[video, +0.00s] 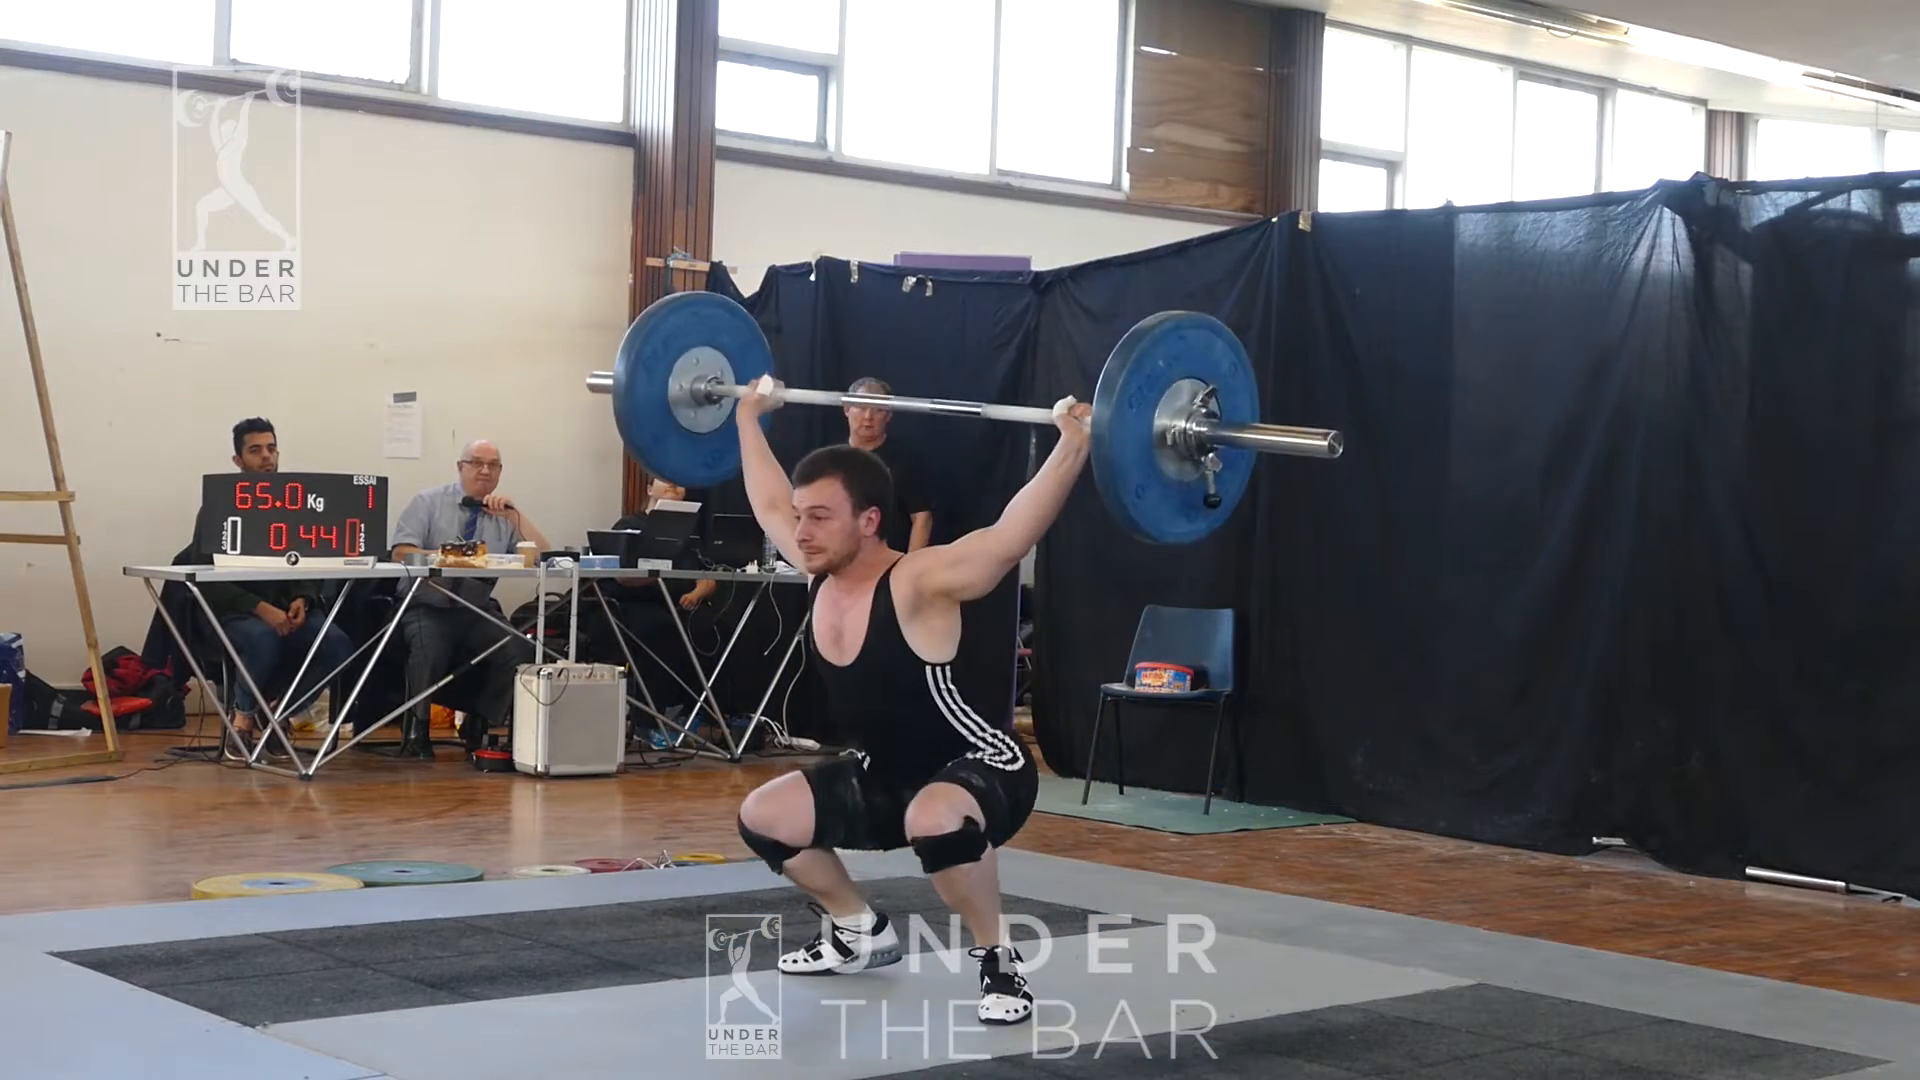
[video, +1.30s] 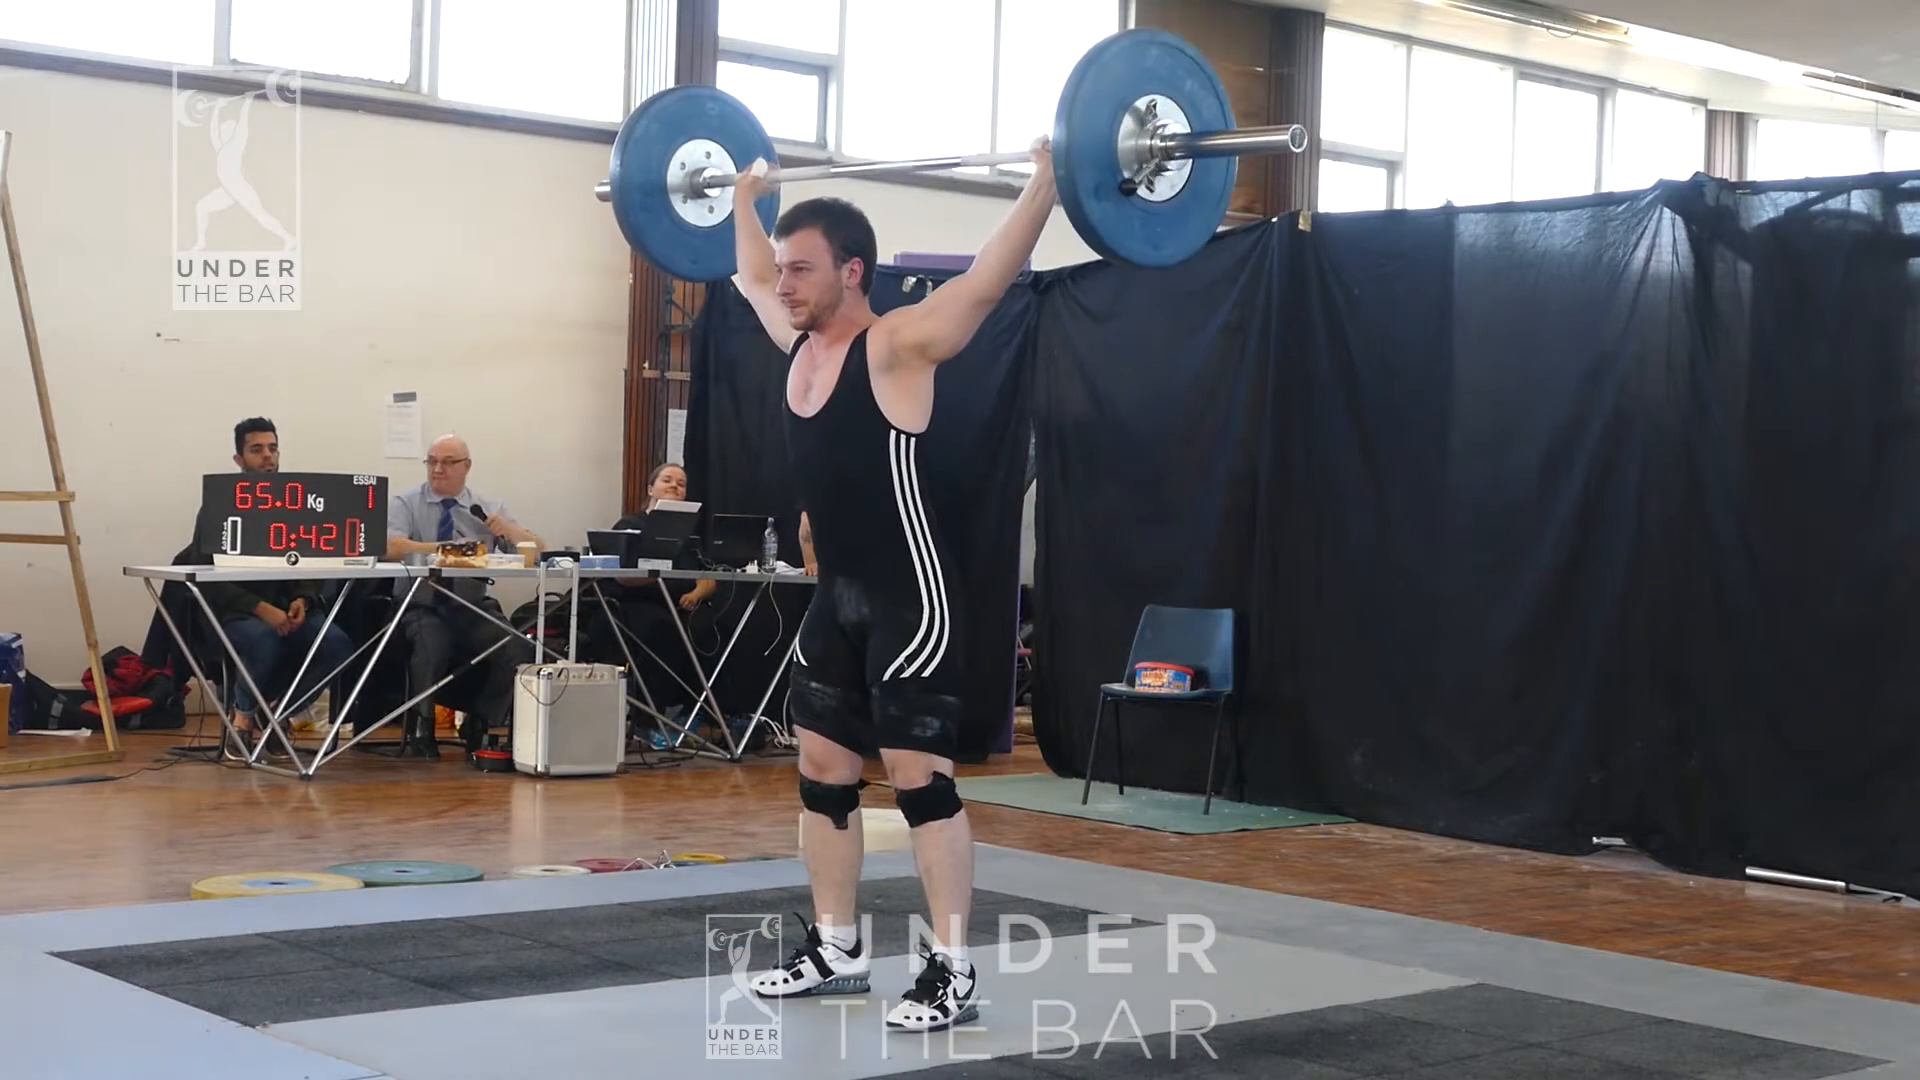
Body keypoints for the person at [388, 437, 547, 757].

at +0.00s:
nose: (485, 471)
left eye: (493, 465)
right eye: (476, 464)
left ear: (500, 473)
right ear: (460, 468)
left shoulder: (504, 516)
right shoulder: (428, 502)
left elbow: (545, 555)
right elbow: (401, 551)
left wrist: (516, 515)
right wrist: (443, 562)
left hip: (478, 609)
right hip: (429, 606)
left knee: (518, 652)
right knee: (429, 651)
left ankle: (477, 725)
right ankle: (417, 730)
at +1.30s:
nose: (438, 469)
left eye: (449, 463)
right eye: (432, 462)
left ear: (467, 468)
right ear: (426, 465)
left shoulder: (486, 507)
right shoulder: (405, 503)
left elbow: (537, 548)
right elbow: (392, 547)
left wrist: (509, 531)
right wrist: (445, 550)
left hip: (473, 605)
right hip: (422, 604)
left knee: (515, 649)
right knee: (431, 641)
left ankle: (478, 726)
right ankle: (422, 729)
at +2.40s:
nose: (402, 468)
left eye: (412, 461)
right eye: (397, 460)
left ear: (433, 464)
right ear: (391, 462)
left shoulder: (461, 499)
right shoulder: (380, 501)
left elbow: (508, 533)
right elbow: (367, 554)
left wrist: (504, 547)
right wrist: (404, 535)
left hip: (461, 599)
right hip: (409, 604)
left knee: (503, 657)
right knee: (445, 659)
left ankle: (479, 727)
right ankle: (444, 721)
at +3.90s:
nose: (379, 471)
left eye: (388, 463)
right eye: (374, 463)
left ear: (411, 465)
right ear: (370, 465)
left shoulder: (442, 498)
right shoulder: (367, 506)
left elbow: (490, 525)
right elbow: (354, 551)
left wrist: (504, 542)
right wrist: (406, 552)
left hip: (456, 597)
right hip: (406, 605)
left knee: (503, 653)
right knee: (444, 660)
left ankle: (480, 727)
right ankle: (446, 723)